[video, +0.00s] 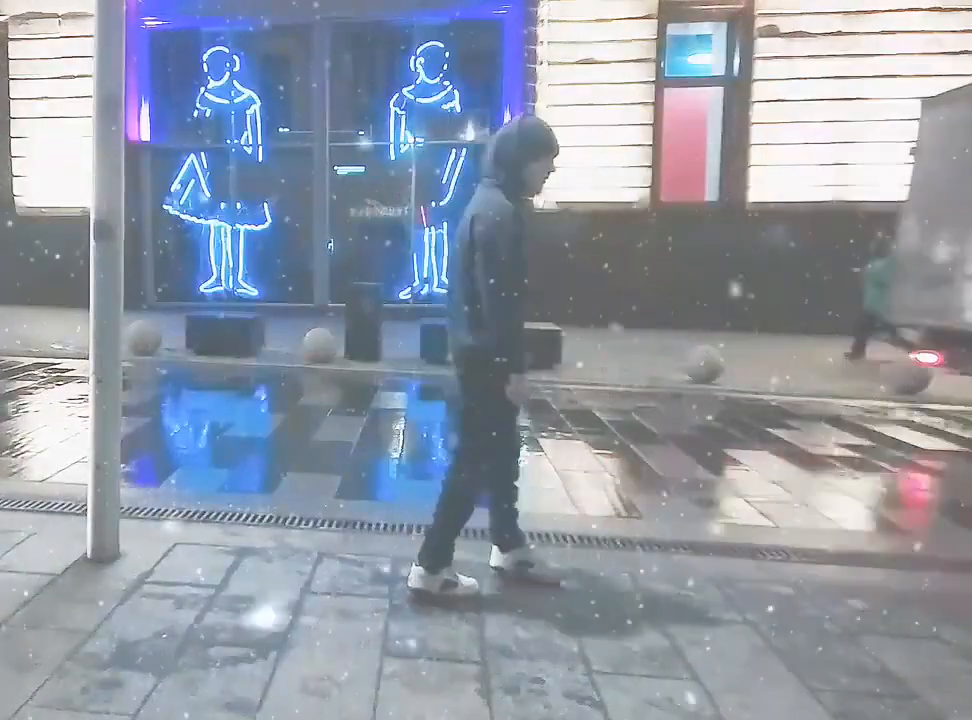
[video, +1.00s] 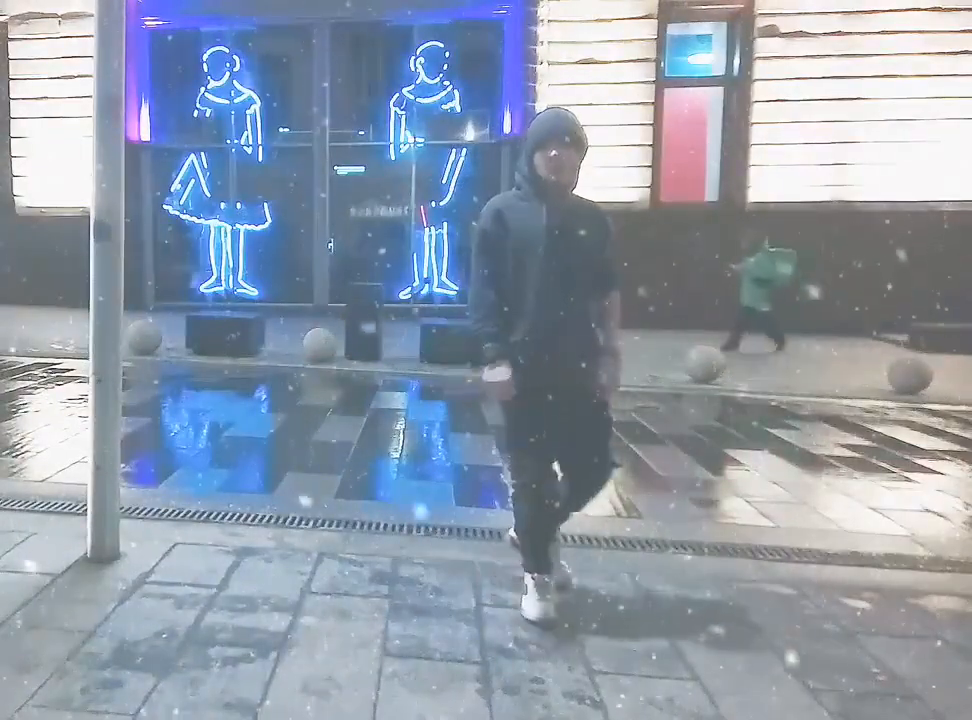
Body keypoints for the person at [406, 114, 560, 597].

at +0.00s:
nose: (549, 173)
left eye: (551, 164)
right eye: (545, 163)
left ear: (511, 162)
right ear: (520, 160)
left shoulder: (490, 204)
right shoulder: (497, 211)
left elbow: (494, 293)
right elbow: (496, 295)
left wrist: (507, 356)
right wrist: (510, 366)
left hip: (482, 350)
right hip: (482, 353)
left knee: (502, 449)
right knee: (474, 459)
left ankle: (509, 549)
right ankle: (430, 566)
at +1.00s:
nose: (564, 158)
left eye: (572, 149)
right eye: (554, 148)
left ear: (582, 158)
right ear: (532, 153)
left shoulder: (591, 218)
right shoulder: (501, 213)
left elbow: (608, 292)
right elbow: (483, 292)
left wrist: (613, 355)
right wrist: (493, 356)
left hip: (578, 362)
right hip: (522, 362)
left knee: (594, 465)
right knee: (532, 475)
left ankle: (546, 524)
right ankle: (536, 575)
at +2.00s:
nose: (594, 137)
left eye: (606, 126)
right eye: (584, 128)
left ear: (628, 136)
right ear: (572, 140)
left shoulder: (666, 205)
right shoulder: (552, 207)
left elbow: (691, 289)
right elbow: (530, 293)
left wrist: (653, 353)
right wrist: (507, 351)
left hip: (629, 387)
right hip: (558, 384)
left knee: (627, 516)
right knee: (537, 497)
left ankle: (615, 627)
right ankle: (544, 573)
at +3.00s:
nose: (494, 161)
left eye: (503, 148)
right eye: (491, 150)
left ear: (539, 143)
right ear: (499, 149)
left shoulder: (591, 205)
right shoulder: (502, 205)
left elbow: (612, 296)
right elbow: (472, 284)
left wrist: (573, 374)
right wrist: (432, 337)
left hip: (541, 384)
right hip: (490, 379)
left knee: (524, 501)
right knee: (499, 501)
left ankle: (592, 601)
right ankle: (517, 627)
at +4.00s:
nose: (356, 155)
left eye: (359, 143)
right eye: (355, 144)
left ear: (379, 141)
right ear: (413, 137)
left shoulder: (390, 197)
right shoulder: (449, 193)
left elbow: (347, 286)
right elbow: (460, 284)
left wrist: (297, 352)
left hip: (399, 354)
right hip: (441, 351)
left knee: (373, 477)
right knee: (404, 469)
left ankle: (391, 618)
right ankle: (474, 579)